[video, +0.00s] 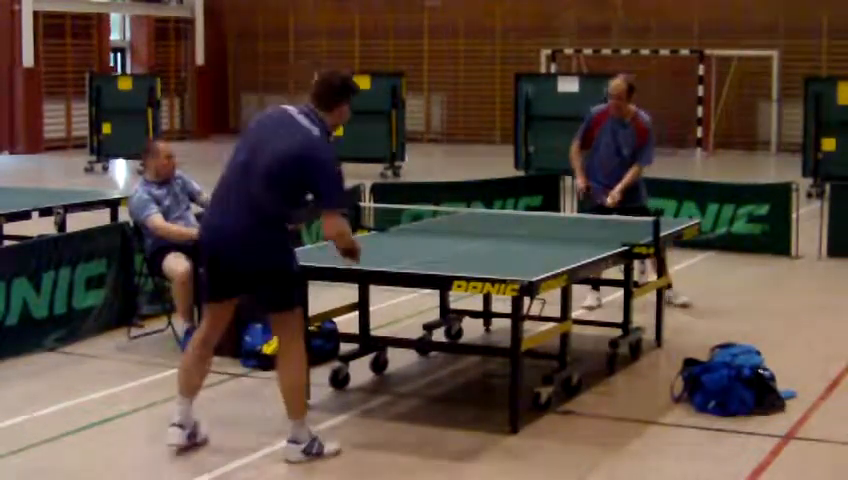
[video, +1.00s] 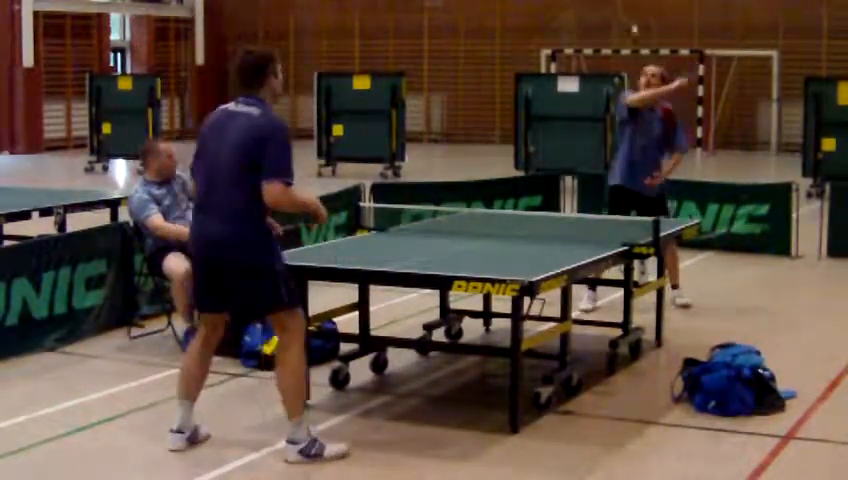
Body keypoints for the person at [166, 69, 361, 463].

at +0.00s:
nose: (347, 117)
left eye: (348, 110)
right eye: (348, 110)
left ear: (313, 97)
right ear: (340, 109)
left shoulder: (273, 116)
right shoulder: (319, 150)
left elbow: (257, 176)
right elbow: (334, 228)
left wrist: (291, 215)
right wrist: (349, 247)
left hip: (216, 234)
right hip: (264, 242)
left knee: (211, 325)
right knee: (290, 334)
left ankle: (182, 421)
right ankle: (300, 436)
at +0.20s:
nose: (319, 100)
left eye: (318, 94)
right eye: (319, 94)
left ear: (282, 87)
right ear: (312, 95)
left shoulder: (246, 117)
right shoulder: (300, 138)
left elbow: (224, 176)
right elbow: (313, 211)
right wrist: (339, 221)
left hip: (216, 237)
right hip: (264, 243)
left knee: (209, 330)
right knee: (292, 334)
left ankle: (183, 425)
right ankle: (300, 436)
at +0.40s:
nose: (282, 89)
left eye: (279, 82)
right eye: (281, 83)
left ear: (243, 85)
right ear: (272, 87)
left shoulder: (215, 119)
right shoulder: (275, 130)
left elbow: (201, 178)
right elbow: (280, 197)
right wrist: (313, 207)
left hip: (206, 240)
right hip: (250, 243)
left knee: (208, 330)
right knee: (285, 328)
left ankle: (183, 425)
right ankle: (299, 435)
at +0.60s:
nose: (264, 82)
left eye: (262, 75)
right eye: (261, 76)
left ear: (222, 79)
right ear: (250, 80)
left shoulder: (200, 120)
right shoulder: (255, 125)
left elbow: (185, 183)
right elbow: (261, 192)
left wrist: (243, 216)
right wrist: (298, 202)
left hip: (195, 242)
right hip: (237, 245)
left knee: (208, 327)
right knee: (276, 328)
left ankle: (182, 426)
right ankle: (299, 435)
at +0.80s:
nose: (264, 84)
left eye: (262, 76)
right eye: (261, 77)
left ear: (223, 80)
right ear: (250, 80)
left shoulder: (200, 121)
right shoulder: (253, 126)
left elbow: (191, 188)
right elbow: (255, 193)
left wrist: (245, 218)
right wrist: (297, 203)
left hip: (194, 244)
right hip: (236, 247)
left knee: (208, 327)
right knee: (276, 328)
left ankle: (182, 426)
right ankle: (299, 435)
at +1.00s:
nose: (282, 81)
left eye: (280, 74)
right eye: (280, 75)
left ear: (241, 79)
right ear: (272, 79)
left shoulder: (214, 120)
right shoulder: (271, 126)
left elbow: (201, 187)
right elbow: (275, 195)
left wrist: (259, 217)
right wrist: (310, 204)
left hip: (205, 242)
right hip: (248, 244)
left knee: (210, 327)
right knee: (291, 324)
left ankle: (182, 426)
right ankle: (300, 437)